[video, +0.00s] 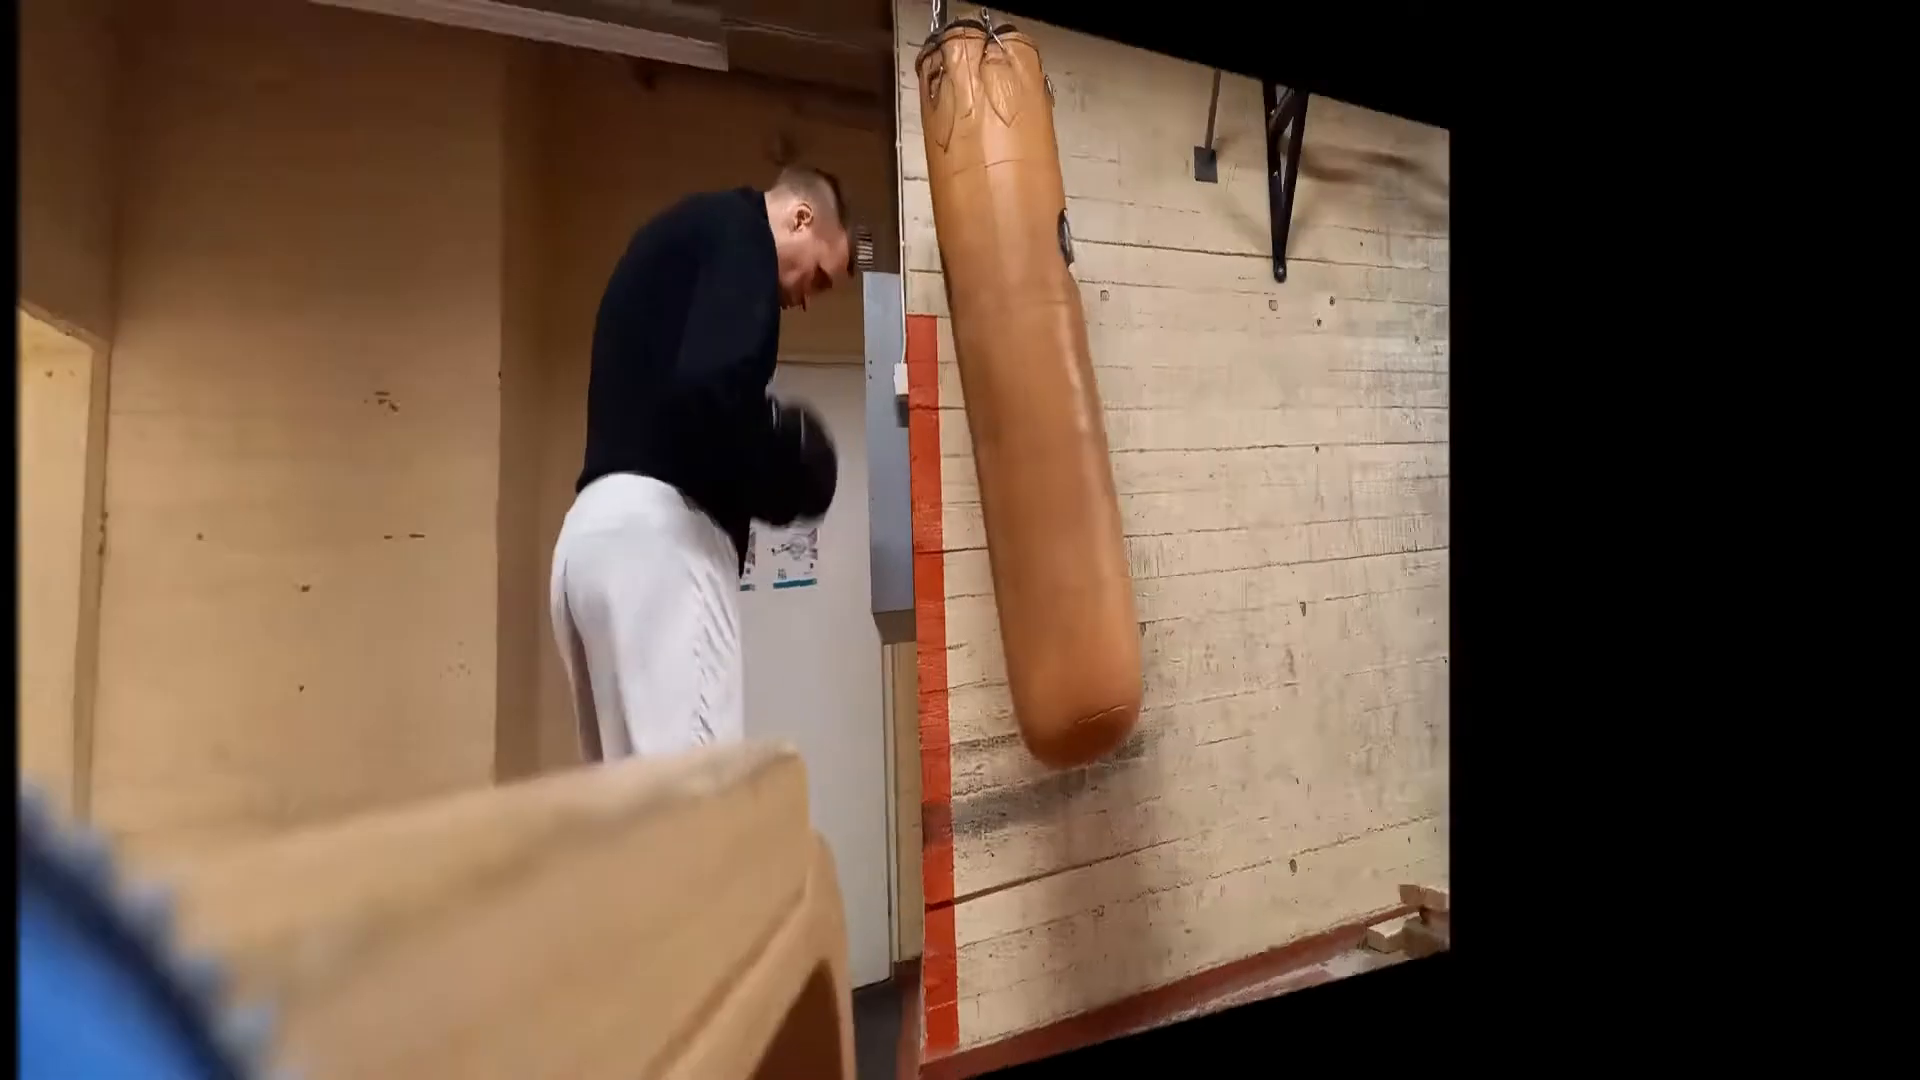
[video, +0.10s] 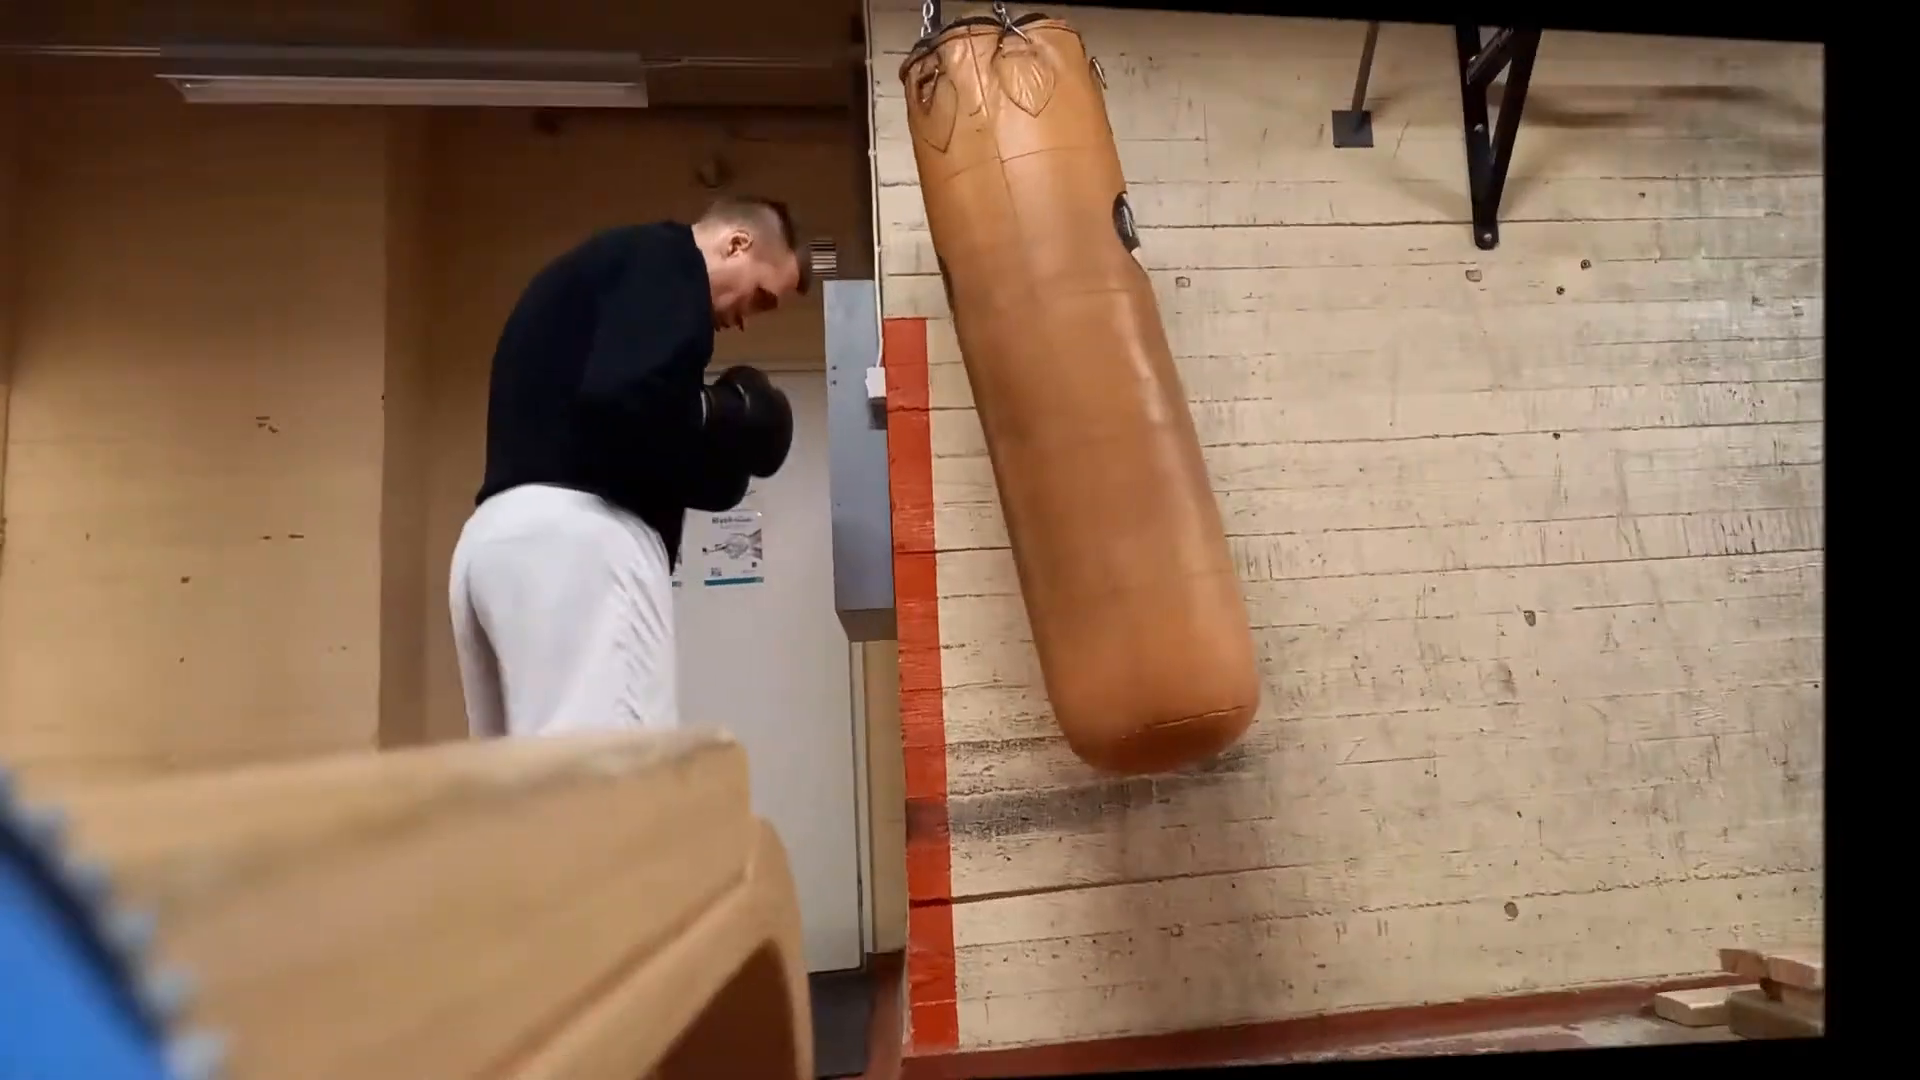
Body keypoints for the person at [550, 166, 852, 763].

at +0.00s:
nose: (804, 300)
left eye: (820, 288)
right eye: (818, 275)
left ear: (794, 216)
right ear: (799, 218)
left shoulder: (671, 242)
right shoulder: (740, 234)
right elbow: (713, 393)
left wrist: (767, 454)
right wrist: (790, 473)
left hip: (593, 533)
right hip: (657, 532)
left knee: (628, 808)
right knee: (695, 809)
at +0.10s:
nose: (744, 321)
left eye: (762, 310)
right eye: (760, 297)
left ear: (733, 242)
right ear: (735, 245)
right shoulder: (666, 265)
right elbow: (629, 400)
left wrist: (714, 428)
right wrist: (722, 451)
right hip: (578, 539)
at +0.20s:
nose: (741, 334)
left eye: (758, 324)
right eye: (756, 311)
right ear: (731, 264)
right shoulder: (677, 286)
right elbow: (640, 423)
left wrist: (713, 463)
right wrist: (732, 471)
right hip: (590, 544)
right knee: (645, 799)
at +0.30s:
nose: (746, 345)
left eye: (764, 334)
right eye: (762, 322)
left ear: (738, 273)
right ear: (739, 275)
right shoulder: (678, 292)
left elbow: (526, 474)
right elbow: (650, 430)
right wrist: (727, 504)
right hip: (587, 556)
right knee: (659, 799)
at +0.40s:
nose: (770, 340)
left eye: (784, 328)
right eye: (781, 317)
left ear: (752, 269)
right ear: (756, 270)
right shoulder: (655, 286)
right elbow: (622, 429)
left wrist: (699, 557)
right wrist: (728, 432)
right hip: (582, 564)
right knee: (667, 786)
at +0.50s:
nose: (780, 338)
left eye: (795, 327)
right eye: (792, 313)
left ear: (764, 264)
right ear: (765, 264)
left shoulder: (720, 369)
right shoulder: (625, 282)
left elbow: (679, 521)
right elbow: (567, 438)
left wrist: (771, 525)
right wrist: (703, 422)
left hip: (663, 584)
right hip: (583, 564)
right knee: (654, 786)